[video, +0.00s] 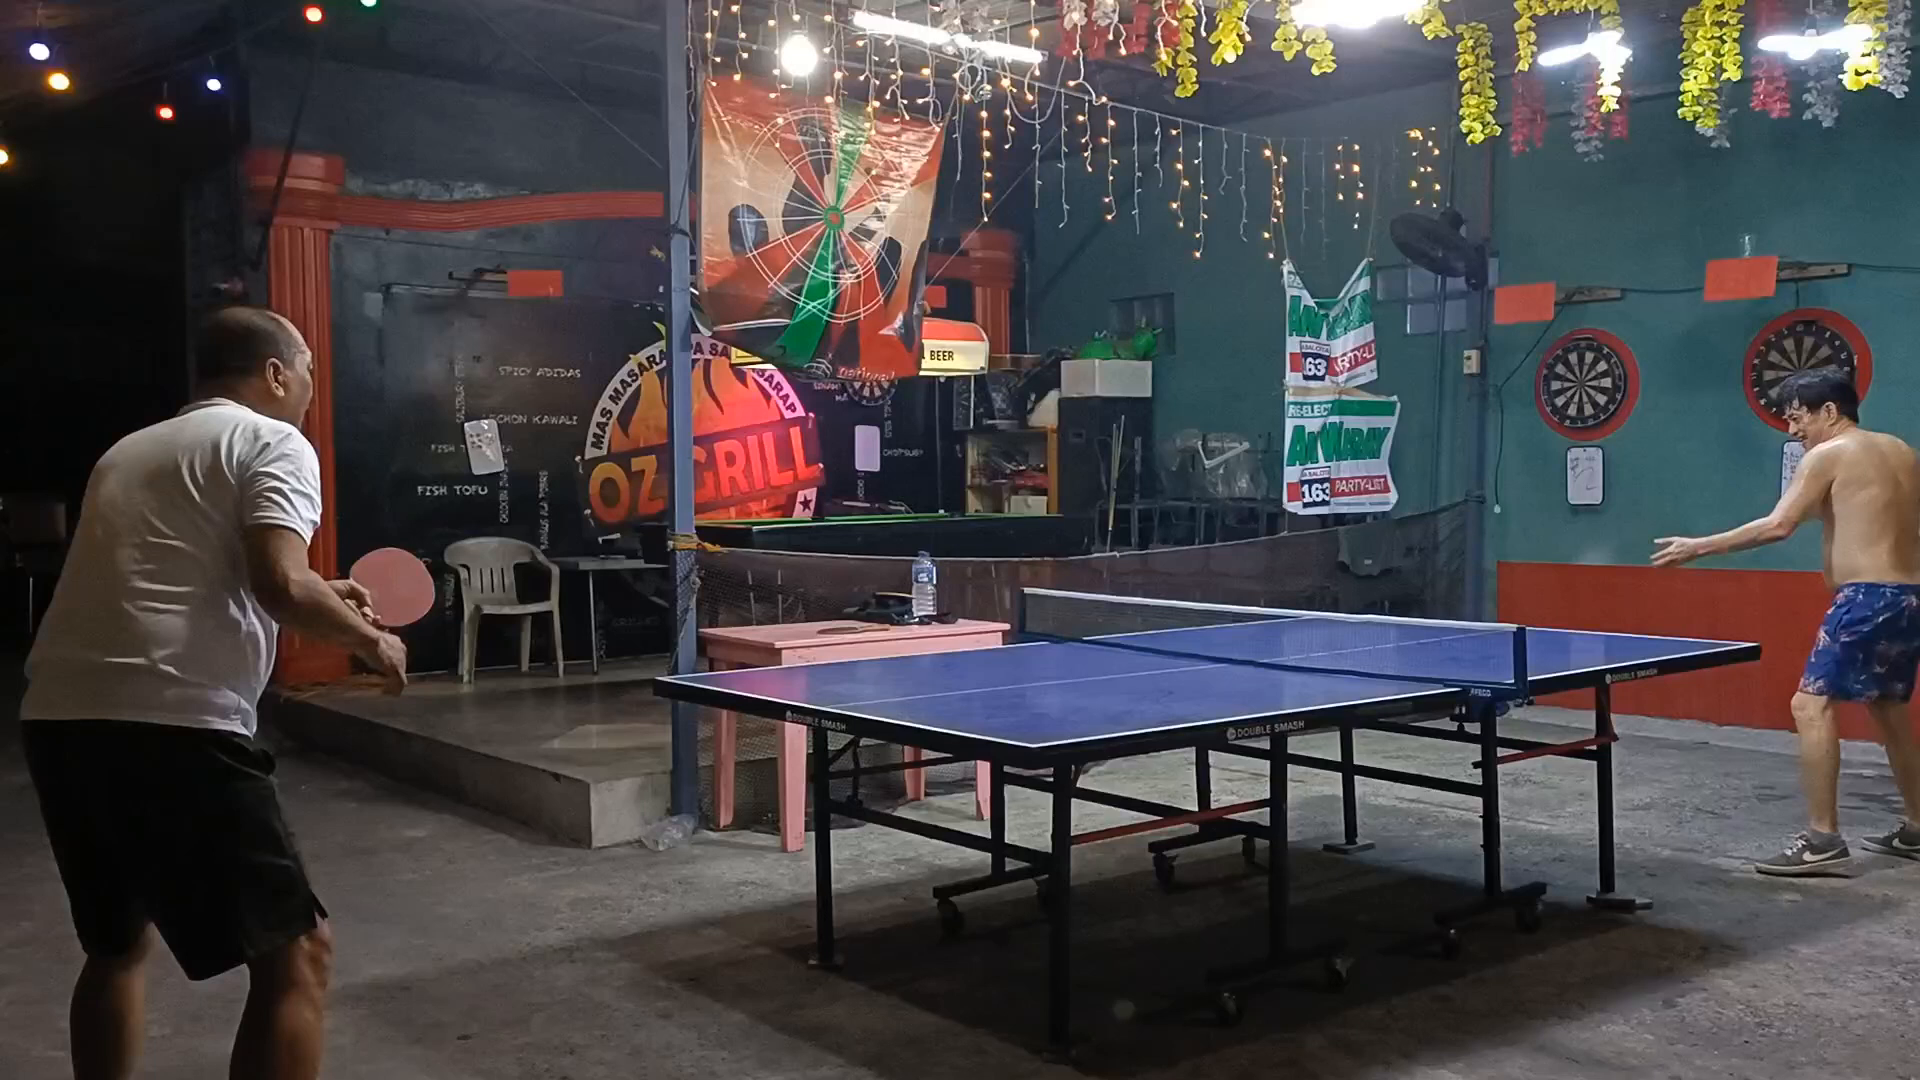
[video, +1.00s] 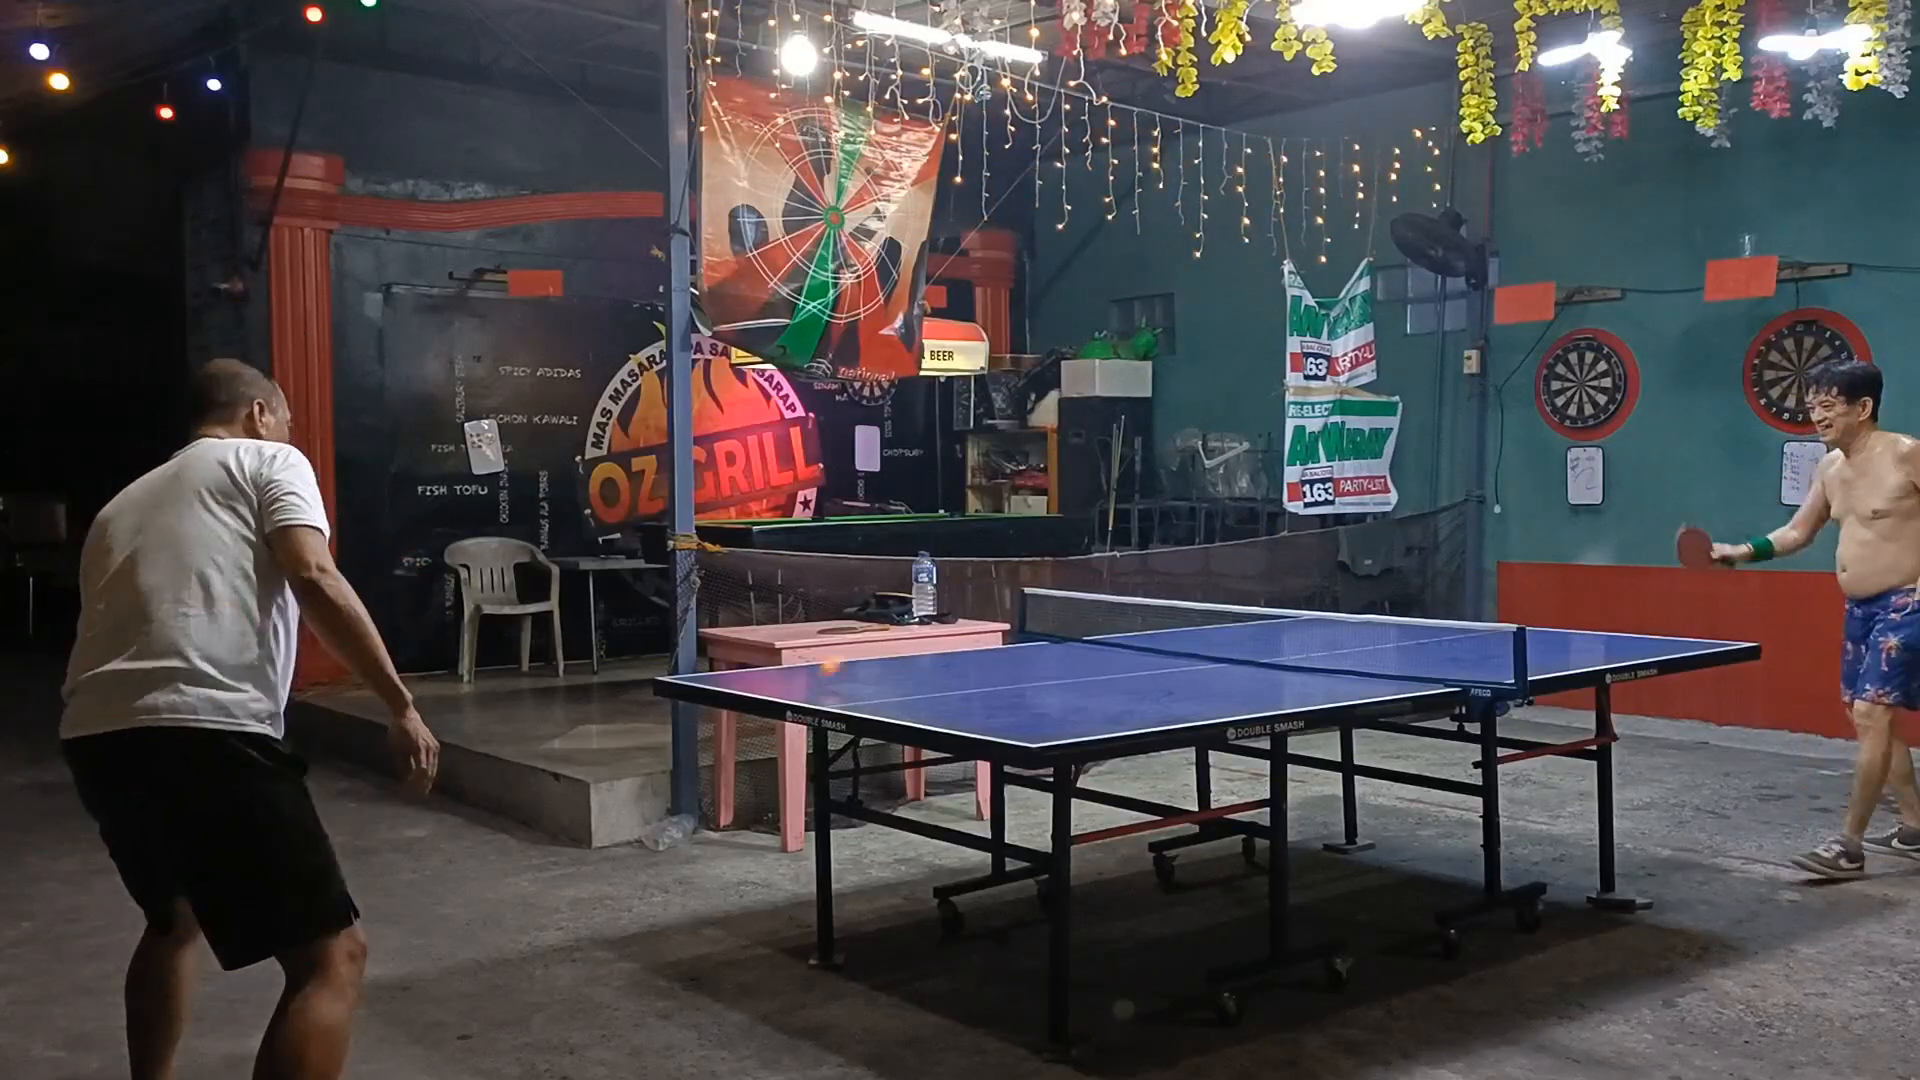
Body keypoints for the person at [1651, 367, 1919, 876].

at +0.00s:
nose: (1795, 429)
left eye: (1799, 417)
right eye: (1792, 419)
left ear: (1830, 411)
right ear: (1843, 413)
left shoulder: (1827, 455)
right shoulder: (1902, 450)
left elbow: (1778, 526)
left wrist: (1700, 545)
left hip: (1865, 600)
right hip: (1911, 600)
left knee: (1811, 707)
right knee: (1890, 710)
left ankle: (1822, 837)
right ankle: (1914, 826)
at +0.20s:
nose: (1801, 430)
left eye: (1803, 417)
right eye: (1797, 420)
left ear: (1834, 409)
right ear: (1849, 410)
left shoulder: (1831, 453)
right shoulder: (1906, 450)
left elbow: (1773, 522)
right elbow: (1894, 515)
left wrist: (1720, 505)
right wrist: (1827, 499)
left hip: (1866, 605)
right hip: (1911, 602)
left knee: (1821, 713)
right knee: (1890, 709)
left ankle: (1831, 843)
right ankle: (1917, 826)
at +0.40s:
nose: (1802, 427)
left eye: (1809, 415)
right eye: (1800, 417)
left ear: (1841, 408)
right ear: (1847, 411)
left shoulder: (1853, 452)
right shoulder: (1893, 449)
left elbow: (1805, 522)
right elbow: (1827, 526)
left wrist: (1763, 503)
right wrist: (1768, 504)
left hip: (1865, 604)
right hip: (1895, 601)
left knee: (1820, 712)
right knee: (1885, 707)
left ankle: (1832, 844)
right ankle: (1915, 824)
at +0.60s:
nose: (1807, 421)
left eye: (1814, 409)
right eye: (1805, 411)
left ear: (1849, 405)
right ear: (1834, 410)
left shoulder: (1881, 451)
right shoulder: (1833, 456)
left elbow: (1881, 530)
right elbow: (1769, 480)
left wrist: (1794, 557)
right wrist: (1731, 449)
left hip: (1878, 603)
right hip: (1848, 604)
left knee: (1824, 714)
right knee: (1880, 720)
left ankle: (1833, 845)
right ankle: (1916, 825)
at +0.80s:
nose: (1814, 419)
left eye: (1824, 408)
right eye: (1810, 409)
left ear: (1859, 408)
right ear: (1813, 412)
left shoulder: (1893, 455)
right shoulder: (1829, 463)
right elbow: (1769, 494)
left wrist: (1914, 569)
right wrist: (1727, 464)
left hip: (1879, 604)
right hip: (1842, 606)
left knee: (1828, 713)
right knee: (1875, 719)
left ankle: (1832, 844)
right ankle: (1915, 824)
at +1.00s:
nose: (1819, 417)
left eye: (1829, 406)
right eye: (1814, 408)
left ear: (1864, 407)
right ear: (1812, 411)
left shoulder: (1904, 454)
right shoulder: (1829, 467)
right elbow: (1797, 531)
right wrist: (1743, 551)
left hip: (1903, 602)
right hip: (1858, 607)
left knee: (1872, 713)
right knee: (1867, 716)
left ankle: (1851, 844)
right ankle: (1915, 824)